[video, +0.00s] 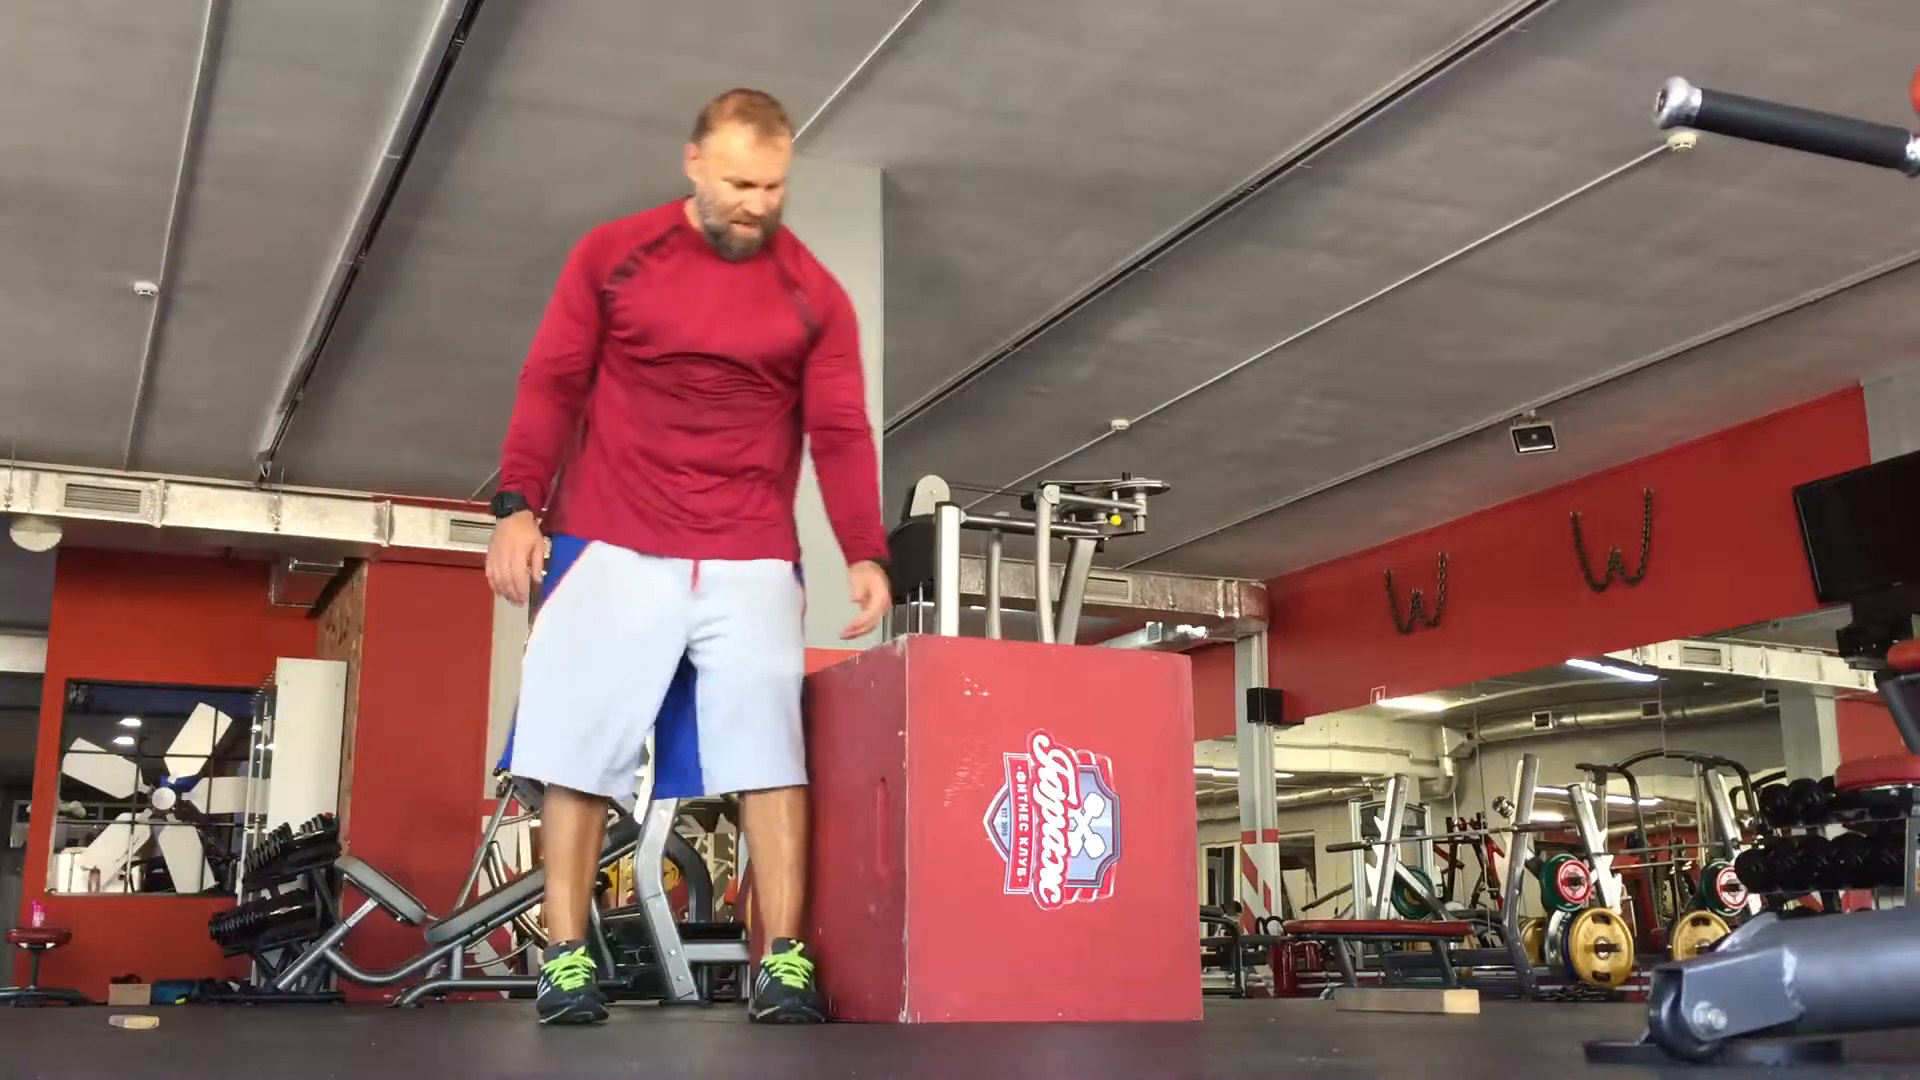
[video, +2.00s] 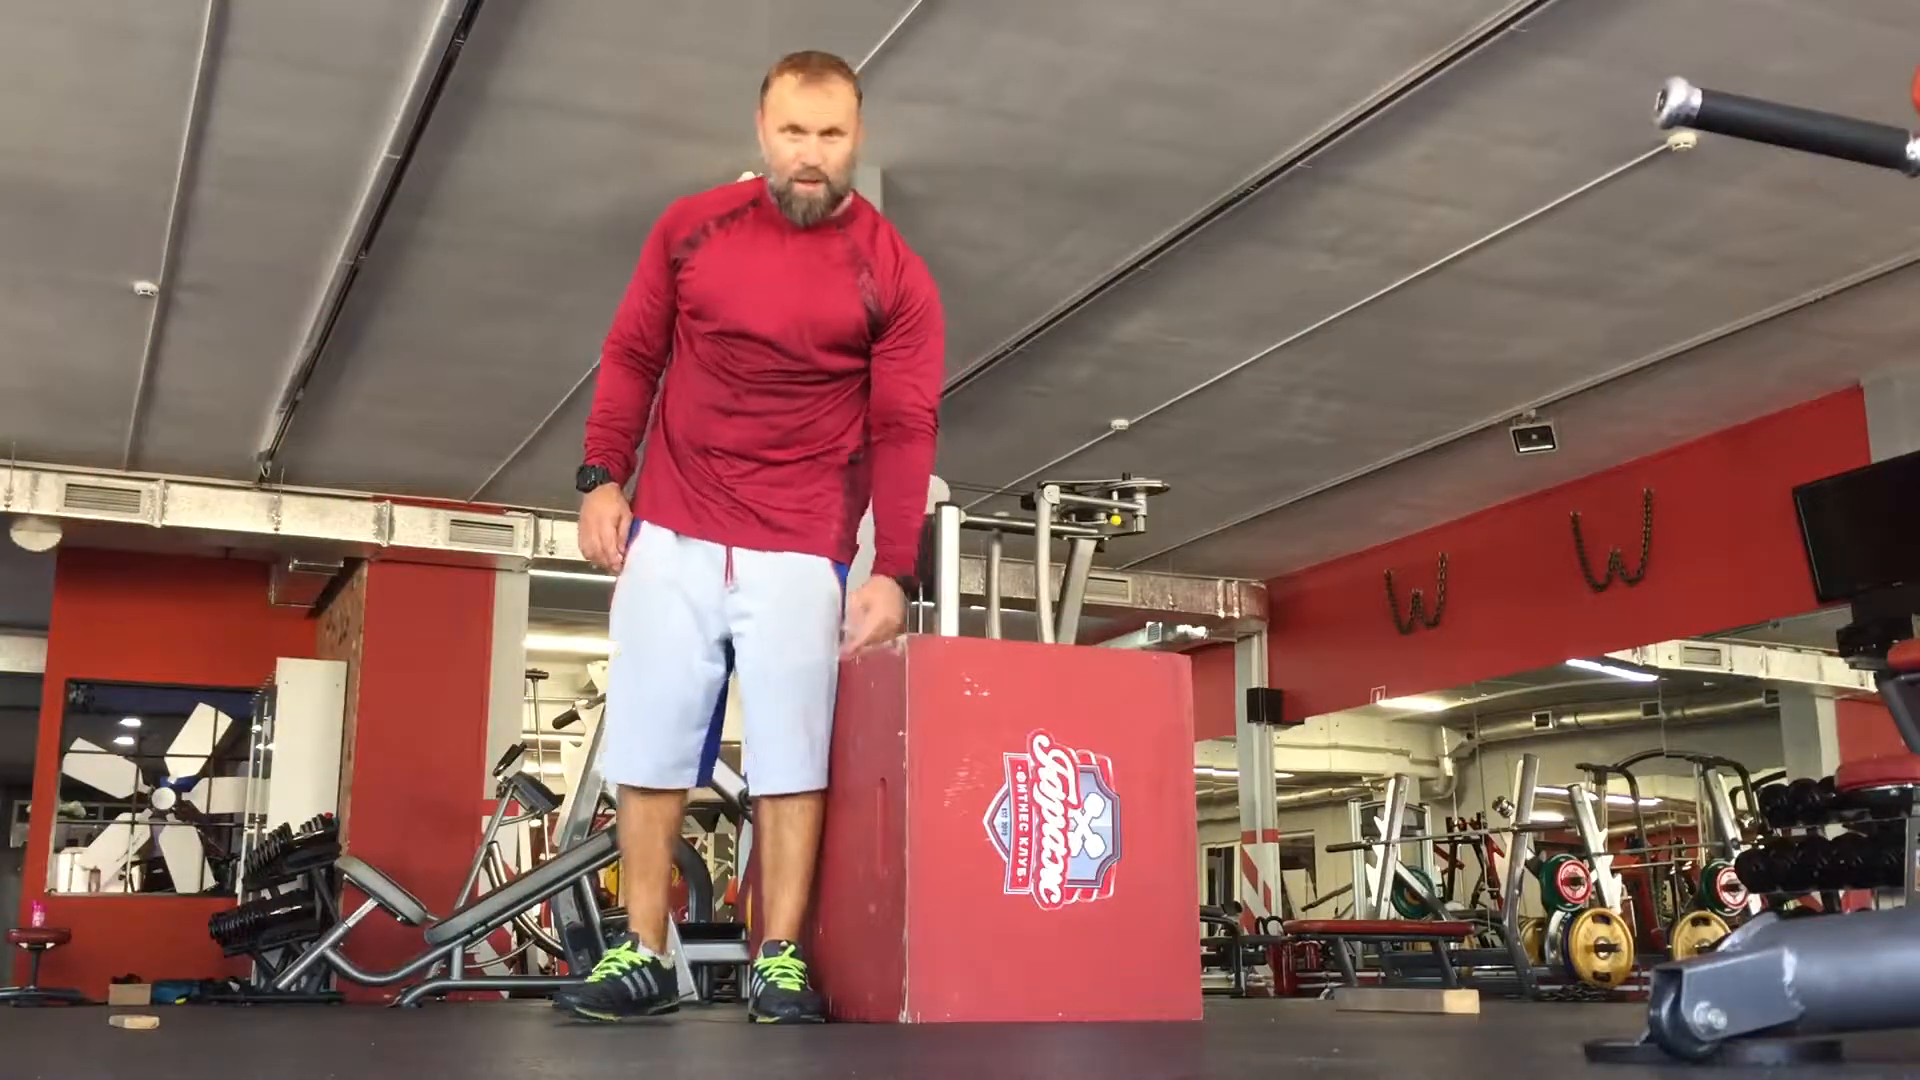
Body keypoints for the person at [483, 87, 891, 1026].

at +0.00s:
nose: (754, 203)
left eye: (770, 186)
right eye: (737, 183)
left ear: (788, 178)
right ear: (692, 165)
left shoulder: (815, 298)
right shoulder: (612, 256)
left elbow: (842, 435)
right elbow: (552, 382)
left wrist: (865, 553)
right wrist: (518, 506)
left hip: (752, 553)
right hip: (613, 543)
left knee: (768, 739)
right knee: (581, 741)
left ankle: (781, 957)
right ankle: (565, 955)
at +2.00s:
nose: (810, 153)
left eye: (831, 134)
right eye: (792, 131)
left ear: (859, 142)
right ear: (760, 134)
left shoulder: (895, 277)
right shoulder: (690, 228)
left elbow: (905, 428)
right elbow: (631, 356)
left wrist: (892, 569)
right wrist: (603, 476)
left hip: (804, 532)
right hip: (673, 516)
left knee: (789, 742)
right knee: (648, 732)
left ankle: (779, 956)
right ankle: (646, 952)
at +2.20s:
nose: (747, 147)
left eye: (766, 129)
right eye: (729, 130)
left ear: (797, 139)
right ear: (702, 141)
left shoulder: (849, 268)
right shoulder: (647, 248)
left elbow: (887, 380)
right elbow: (590, 356)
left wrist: (861, 433)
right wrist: (608, 423)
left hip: (784, 531)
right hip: (656, 528)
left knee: (782, 742)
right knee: (636, 740)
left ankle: (779, 958)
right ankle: (640, 964)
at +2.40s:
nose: (676, 167)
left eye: (694, 150)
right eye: (657, 153)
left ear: (726, 162)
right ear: (634, 169)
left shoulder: (767, 253)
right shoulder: (597, 252)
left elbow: (805, 279)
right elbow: (567, 291)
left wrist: (798, 280)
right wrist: (605, 288)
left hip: (741, 549)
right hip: (615, 553)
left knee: (762, 750)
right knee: (618, 754)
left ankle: (775, 958)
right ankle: (636, 963)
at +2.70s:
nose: (594, 178)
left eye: (610, 160)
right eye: (574, 164)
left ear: (641, 165)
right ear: (550, 176)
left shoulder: (688, 253)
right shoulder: (522, 261)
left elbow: (721, 283)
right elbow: (492, 294)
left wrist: (698, 251)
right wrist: (530, 270)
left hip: (655, 527)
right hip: (550, 537)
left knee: (652, 726)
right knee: (575, 742)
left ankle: (662, 947)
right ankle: (623, 949)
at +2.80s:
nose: (566, 175)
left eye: (582, 156)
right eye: (546, 161)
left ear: (614, 163)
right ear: (525, 176)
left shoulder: (659, 253)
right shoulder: (505, 270)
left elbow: (690, 278)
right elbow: (452, 329)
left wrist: (717, 253)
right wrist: (469, 282)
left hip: (627, 522)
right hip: (529, 532)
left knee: (607, 720)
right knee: (569, 739)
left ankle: (579, 940)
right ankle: (631, 958)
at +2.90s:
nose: (532, 168)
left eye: (549, 148)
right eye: (513, 153)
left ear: (585, 156)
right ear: (493, 170)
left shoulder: (634, 254)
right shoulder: (463, 276)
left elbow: (687, 295)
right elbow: (391, 356)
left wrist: (739, 275)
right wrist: (381, 275)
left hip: (599, 525)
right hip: (497, 536)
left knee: (546, 716)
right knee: (551, 744)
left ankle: (481, 940)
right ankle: (636, 963)